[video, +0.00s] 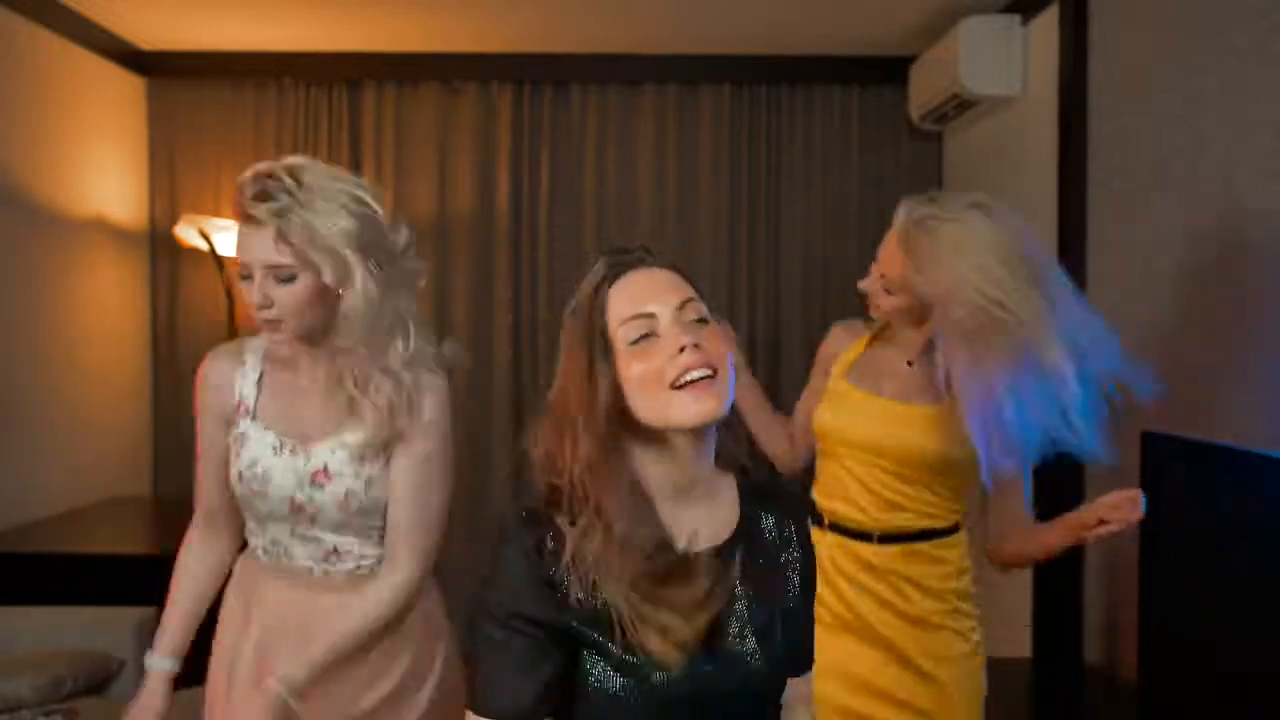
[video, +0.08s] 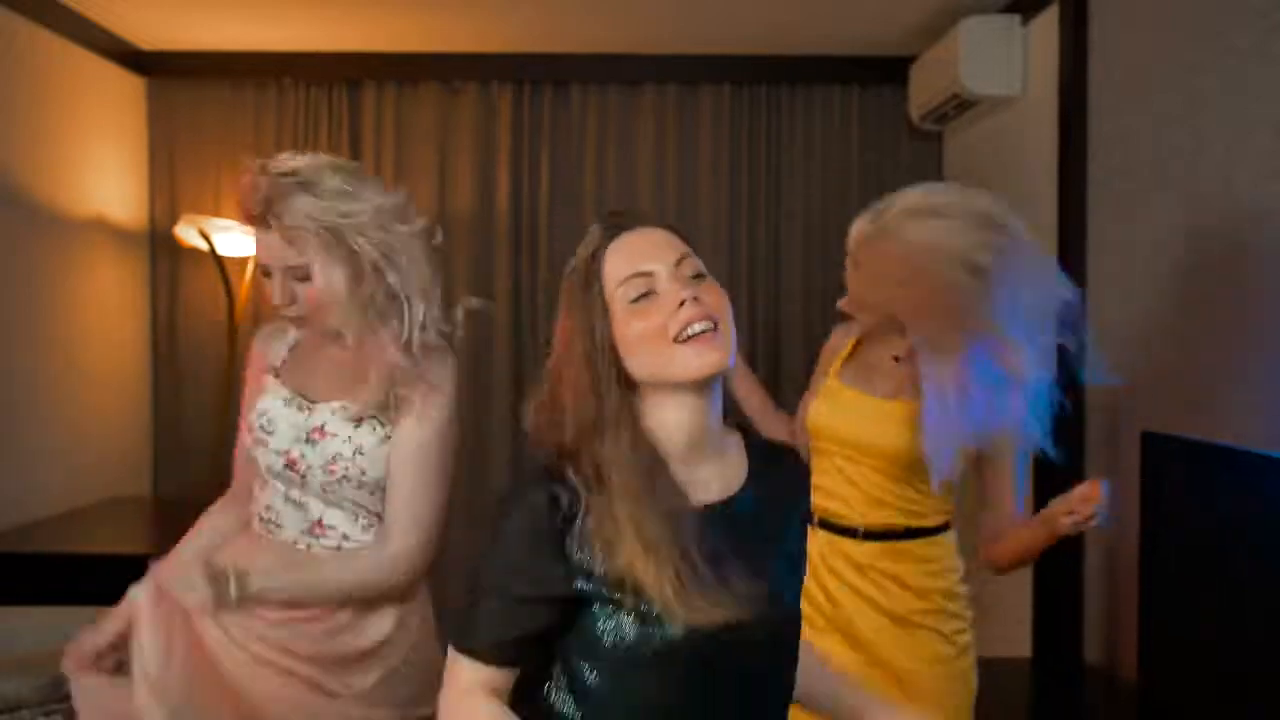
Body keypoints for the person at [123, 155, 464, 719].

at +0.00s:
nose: (259, 298)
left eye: (283, 277)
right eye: (248, 275)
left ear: (343, 277)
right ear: (237, 271)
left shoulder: (414, 390)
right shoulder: (229, 375)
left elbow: (407, 569)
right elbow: (214, 528)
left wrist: (288, 684)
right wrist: (160, 671)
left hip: (381, 645)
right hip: (257, 641)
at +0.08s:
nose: (279, 296)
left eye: (300, 275)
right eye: (268, 274)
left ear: (361, 263)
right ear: (257, 267)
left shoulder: (420, 370)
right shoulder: (272, 348)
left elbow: (401, 562)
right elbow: (240, 500)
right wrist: (131, 610)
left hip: (359, 643)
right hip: (245, 618)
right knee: (97, 680)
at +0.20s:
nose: (318, 337)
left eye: (339, 317)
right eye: (310, 319)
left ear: (400, 314)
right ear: (300, 315)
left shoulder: (422, 427)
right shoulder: (347, 399)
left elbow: (385, 599)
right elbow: (292, 533)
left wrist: (246, 533)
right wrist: (119, 522)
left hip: (339, 656)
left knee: (201, 498)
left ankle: (17, 606)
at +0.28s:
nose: (346, 374)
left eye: (367, 352)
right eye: (335, 353)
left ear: (433, 351)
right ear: (326, 351)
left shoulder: (428, 463)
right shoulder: (386, 442)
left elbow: (367, 636)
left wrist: (233, 564)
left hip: (322, 677)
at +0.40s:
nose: (324, 362)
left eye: (336, 338)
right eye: (323, 337)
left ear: (389, 341)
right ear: (389, 345)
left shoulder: (390, 440)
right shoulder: (428, 436)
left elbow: (354, 625)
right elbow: (315, 596)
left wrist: (188, 632)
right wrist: (184, 556)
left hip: (324, 692)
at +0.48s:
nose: (325, 325)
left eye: (355, 307)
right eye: (322, 306)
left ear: (405, 312)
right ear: (313, 303)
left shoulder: (361, 396)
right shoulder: (419, 399)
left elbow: (332, 582)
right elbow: (335, 572)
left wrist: (185, 687)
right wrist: (205, 569)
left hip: (339, 651)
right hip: (386, 644)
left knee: (103, 684)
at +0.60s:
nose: (322, 283)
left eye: (351, 267)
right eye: (312, 265)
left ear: (391, 275)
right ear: (298, 269)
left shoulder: (338, 360)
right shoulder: (404, 362)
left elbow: (311, 549)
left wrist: (282, 703)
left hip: (335, 629)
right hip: (396, 620)